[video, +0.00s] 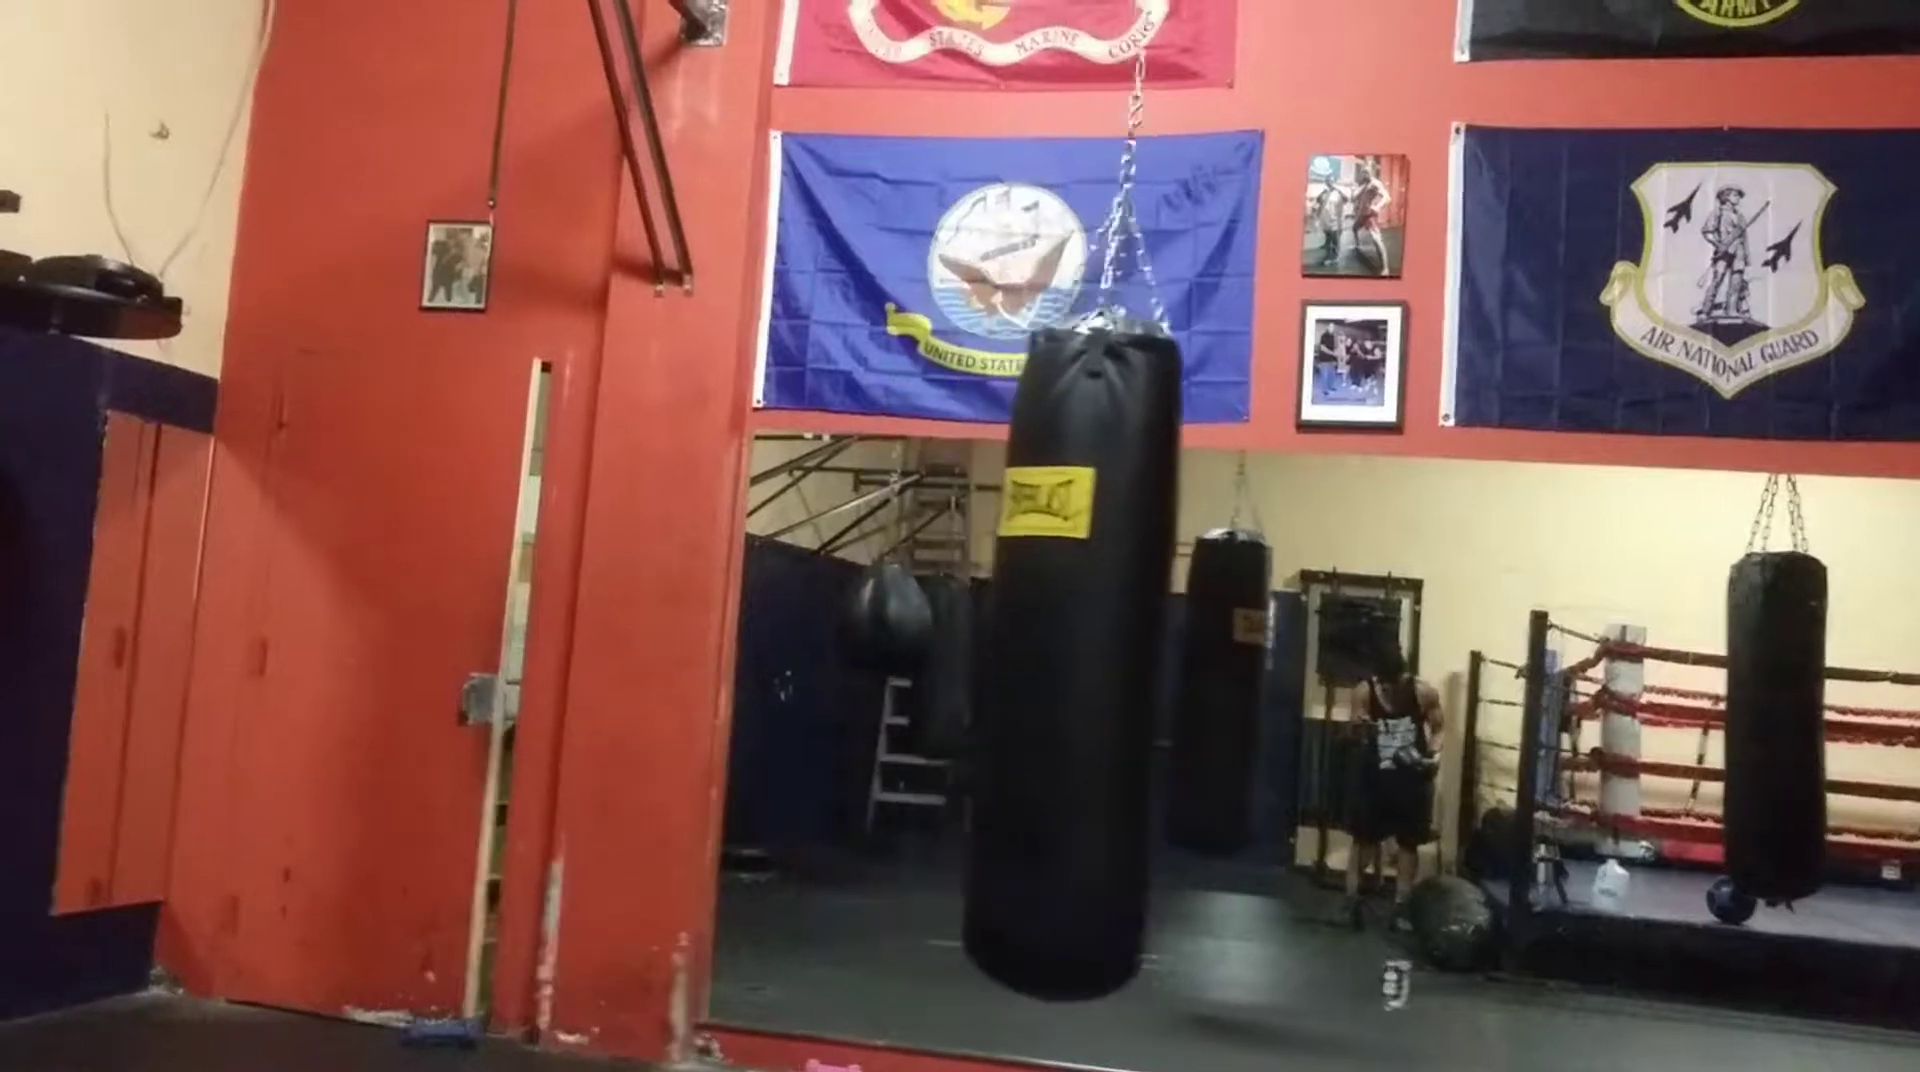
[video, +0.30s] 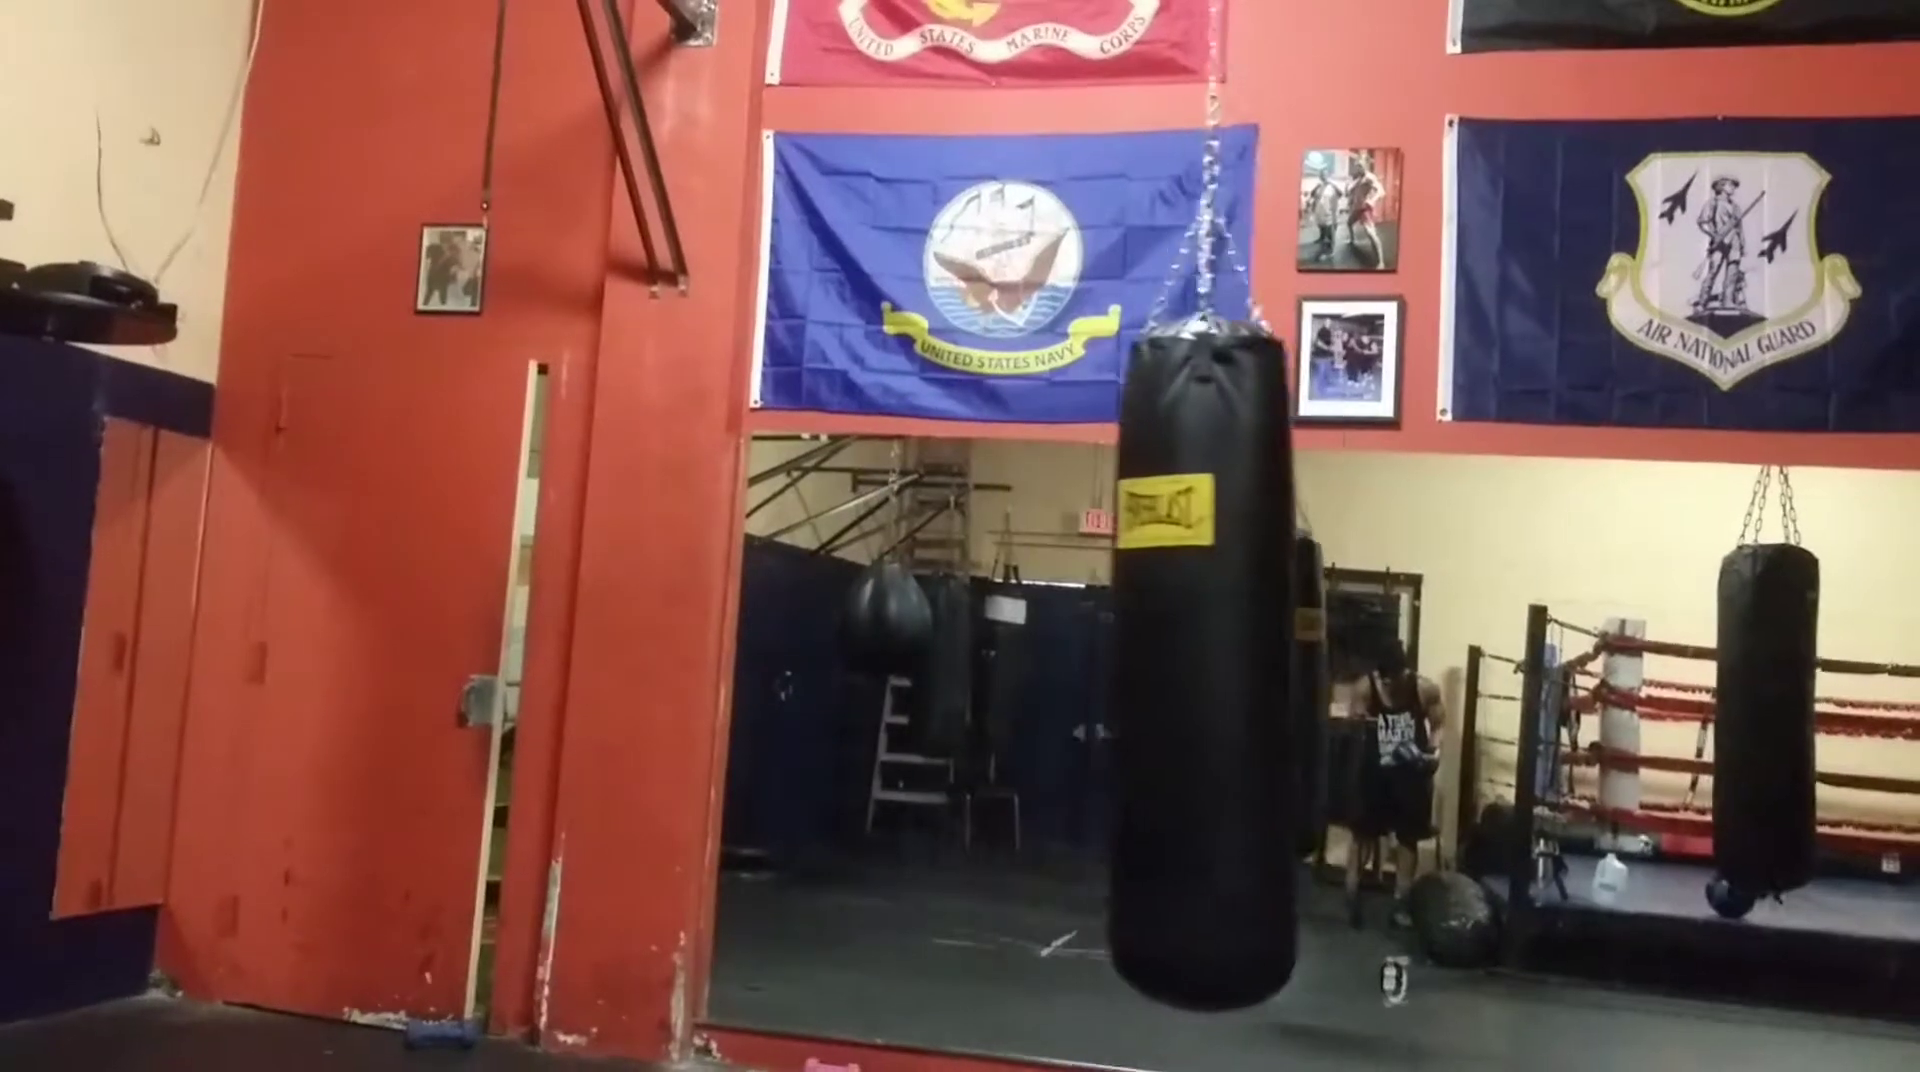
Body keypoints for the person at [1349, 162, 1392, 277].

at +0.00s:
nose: (1364, 175)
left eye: (1366, 173)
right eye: (1362, 173)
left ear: (1370, 174)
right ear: (1361, 174)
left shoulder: (1375, 184)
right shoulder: (1360, 185)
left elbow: (1386, 197)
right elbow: (1353, 196)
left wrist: (1376, 207)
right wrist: (1364, 187)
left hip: (1370, 215)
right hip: (1360, 215)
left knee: (1377, 239)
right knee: (1354, 228)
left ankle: (1385, 268)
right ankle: (1357, 247)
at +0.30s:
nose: (1352, 169)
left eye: (1355, 166)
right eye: (1352, 167)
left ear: (1361, 167)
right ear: (1354, 168)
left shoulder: (1369, 178)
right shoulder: (1355, 181)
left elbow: (1380, 191)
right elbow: (1349, 193)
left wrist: (1370, 201)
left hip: (1365, 208)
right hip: (1355, 208)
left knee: (1370, 232)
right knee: (1350, 224)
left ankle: (1380, 261)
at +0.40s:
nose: (1352, 171)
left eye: (1354, 168)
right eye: (1351, 168)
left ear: (1360, 169)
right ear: (1353, 170)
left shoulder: (1369, 179)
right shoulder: (1356, 182)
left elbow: (1380, 192)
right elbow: (1350, 196)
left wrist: (1371, 203)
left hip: (1365, 209)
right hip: (1355, 210)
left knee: (1370, 234)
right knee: (1350, 225)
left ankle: (1380, 263)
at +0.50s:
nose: (1353, 170)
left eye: (1356, 167)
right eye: (1352, 167)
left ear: (1361, 168)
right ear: (1353, 169)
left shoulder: (1368, 179)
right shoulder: (1354, 182)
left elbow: (1379, 192)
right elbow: (1347, 194)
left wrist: (1369, 203)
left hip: (1364, 209)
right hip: (1353, 210)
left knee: (1369, 234)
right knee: (1349, 224)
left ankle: (1379, 262)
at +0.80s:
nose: (1353, 171)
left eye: (1355, 167)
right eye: (1352, 168)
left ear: (1362, 168)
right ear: (1354, 169)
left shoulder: (1368, 180)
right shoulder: (1355, 183)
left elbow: (1379, 193)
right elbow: (1349, 196)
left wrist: (1370, 203)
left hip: (1364, 211)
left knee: (1370, 236)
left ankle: (1379, 264)